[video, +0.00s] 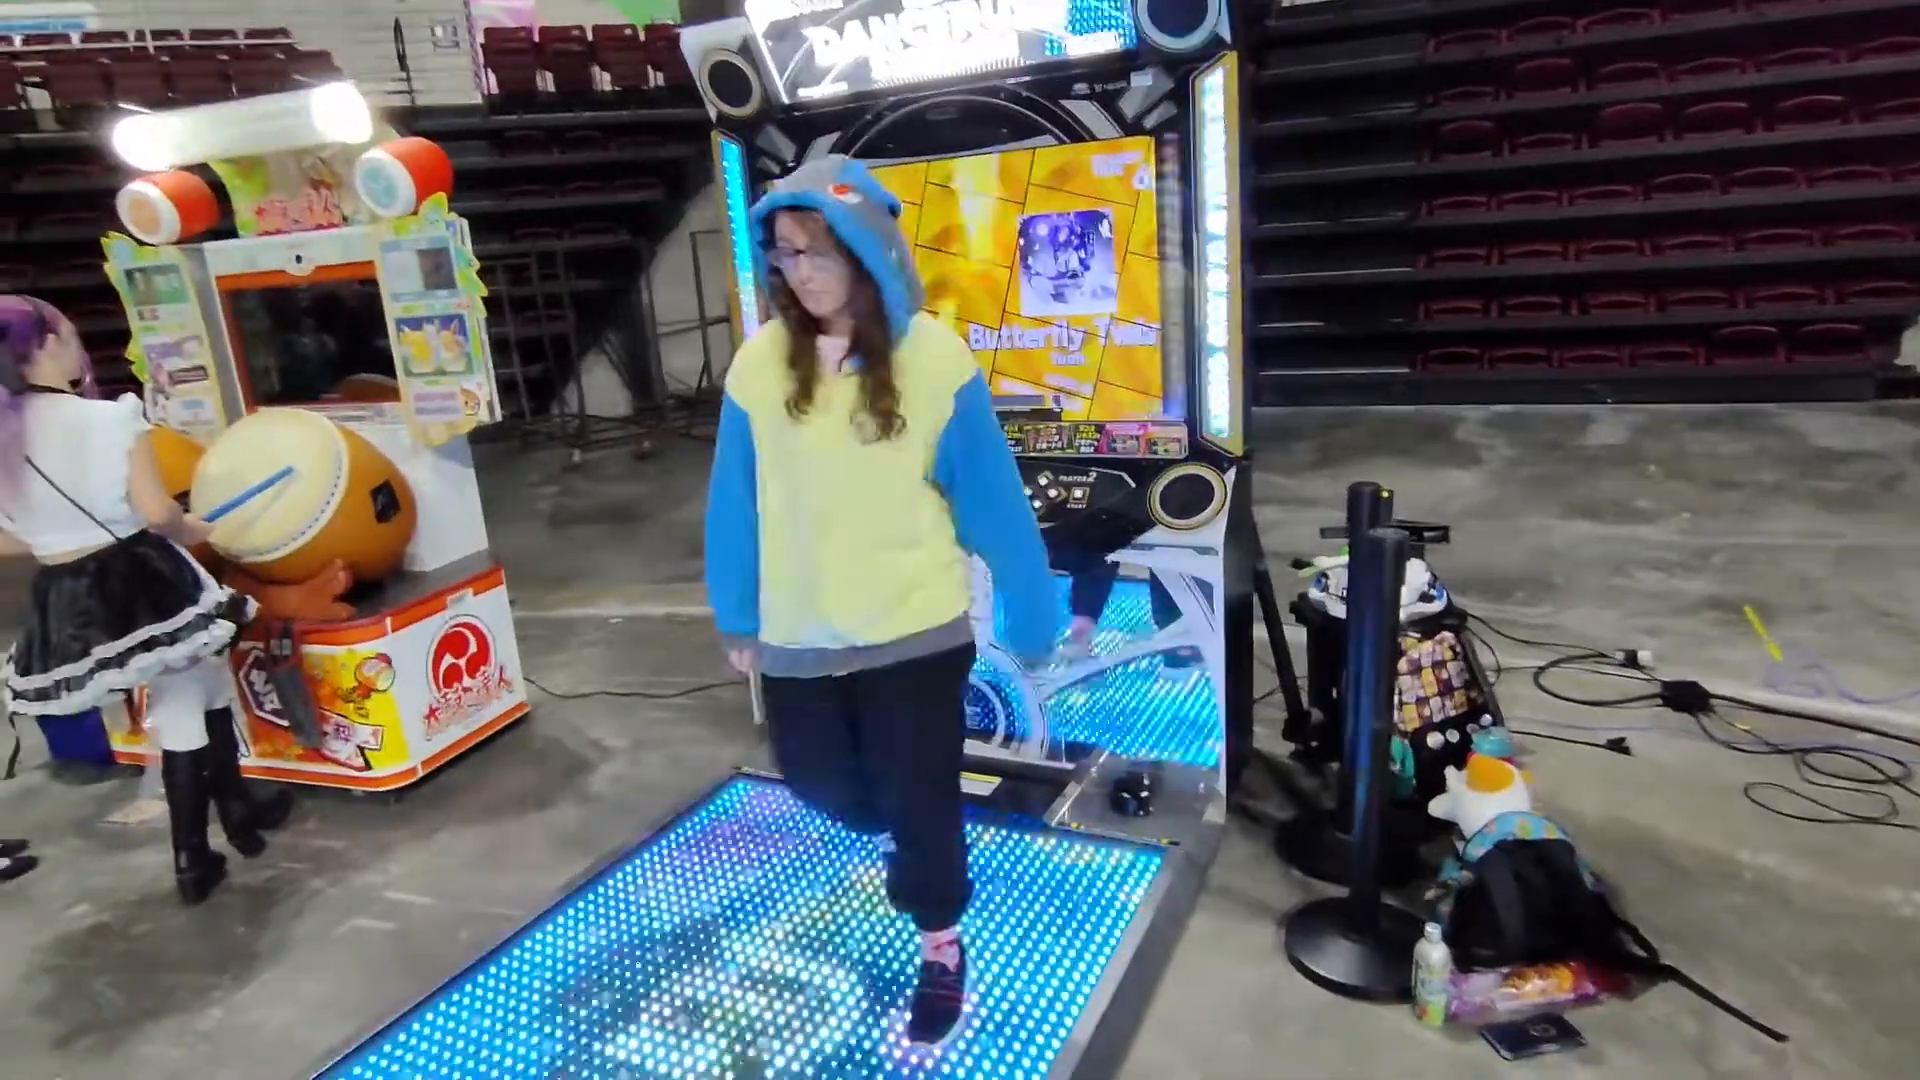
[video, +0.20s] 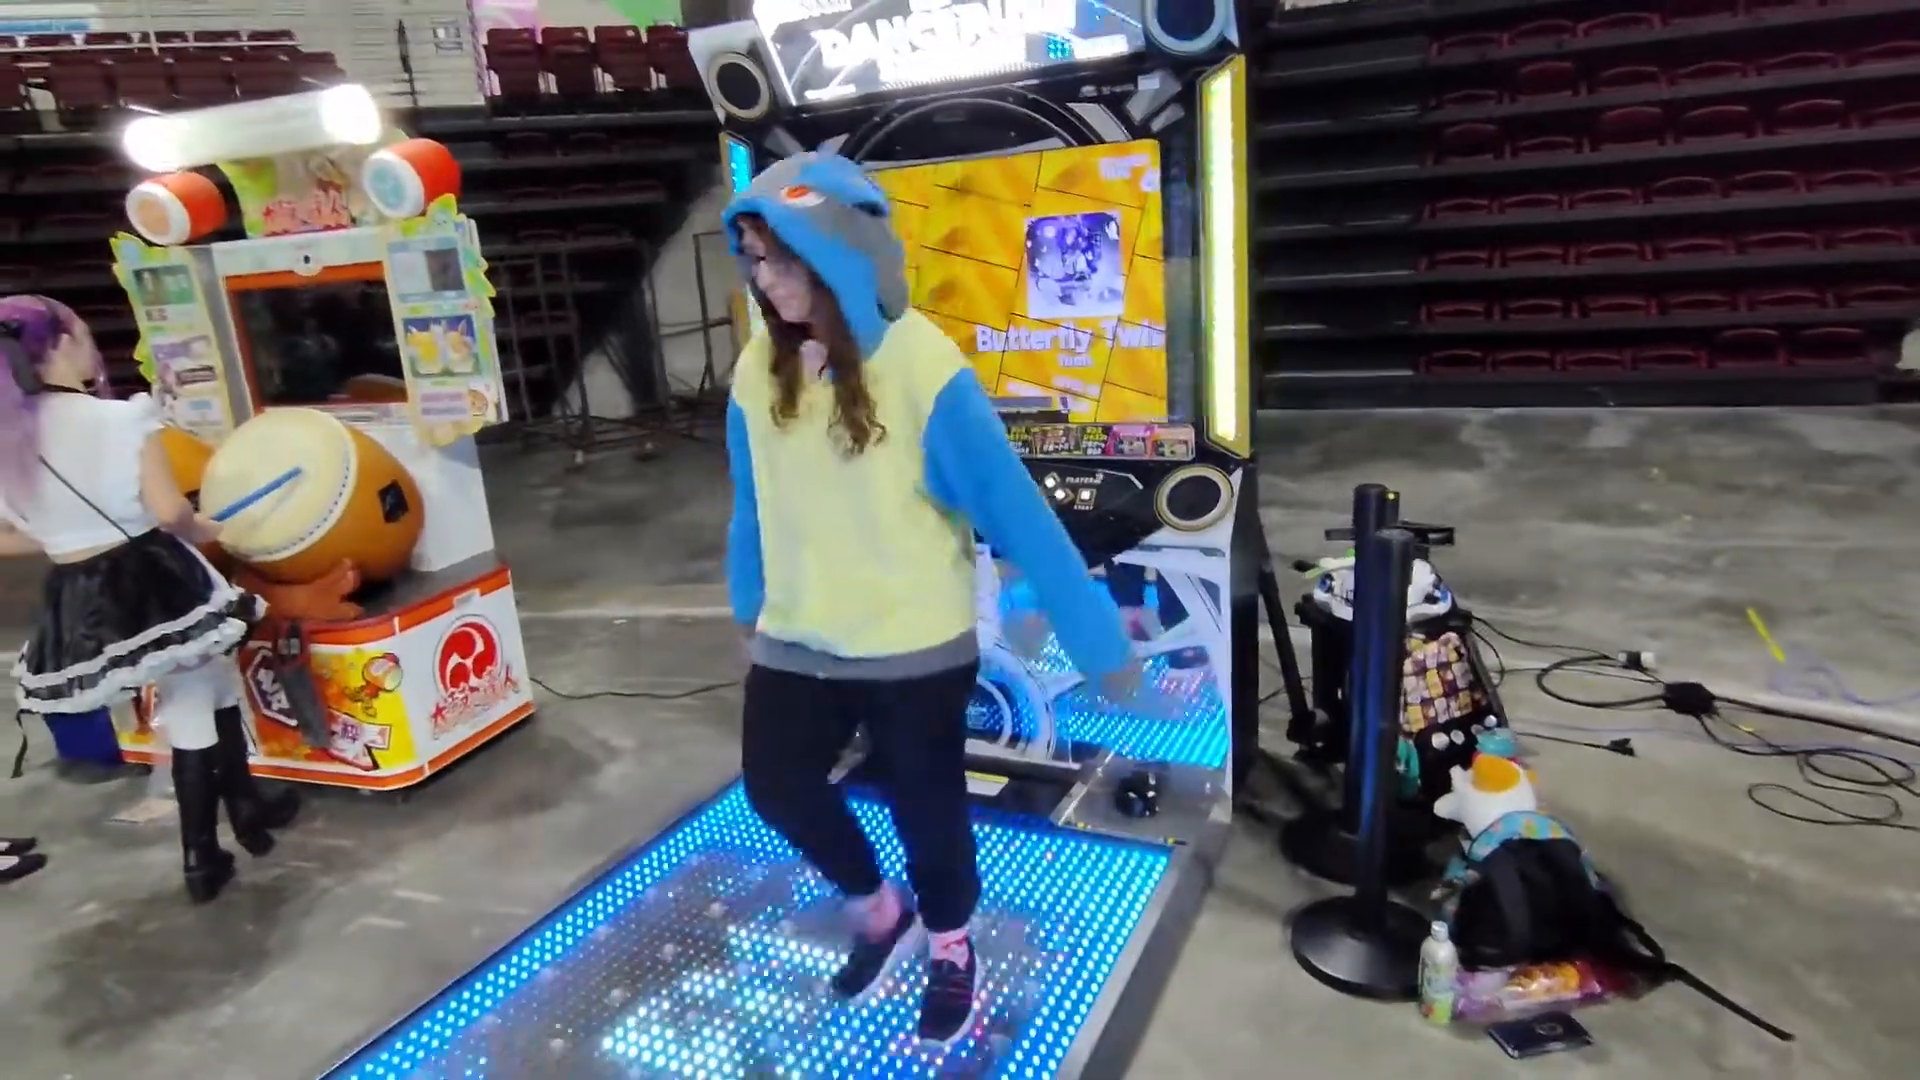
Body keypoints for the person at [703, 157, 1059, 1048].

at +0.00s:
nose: (797, 270)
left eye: (814, 251)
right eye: (785, 255)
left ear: (865, 255)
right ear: (776, 264)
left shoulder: (929, 355)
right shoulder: (762, 359)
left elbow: (994, 493)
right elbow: (731, 499)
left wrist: (1033, 613)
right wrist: (735, 614)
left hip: (913, 630)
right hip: (797, 635)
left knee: (917, 800)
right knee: (825, 785)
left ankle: (941, 951)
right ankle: (916, 821)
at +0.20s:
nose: (764, 277)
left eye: (781, 257)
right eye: (756, 260)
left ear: (837, 261)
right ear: (752, 269)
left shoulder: (919, 364)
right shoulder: (761, 361)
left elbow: (1017, 510)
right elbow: (750, 495)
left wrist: (1101, 643)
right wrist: (753, 598)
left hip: (914, 638)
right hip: (798, 631)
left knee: (926, 805)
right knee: (778, 786)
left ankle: (950, 944)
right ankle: (876, 908)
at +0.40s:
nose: (701, 300)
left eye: (716, 280)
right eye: (698, 280)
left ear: (781, 280)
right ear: (734, 289)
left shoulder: (869, 391)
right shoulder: (750, 377)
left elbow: (956, 543)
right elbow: (764, 519)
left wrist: (1013, 687)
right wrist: (753, 627)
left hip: (886, 676)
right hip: (778, 667)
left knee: (917, 832)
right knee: (763, 835)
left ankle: (958, 952)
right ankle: (781, 1010)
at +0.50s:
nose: (672, 306)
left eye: (686, 286)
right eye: (668, 286)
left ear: (750, 286)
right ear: (731, 289)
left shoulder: (825, 392)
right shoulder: (726, 380)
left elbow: (888, 560)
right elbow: (745, 538)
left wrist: (920, 717)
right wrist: (740, 662)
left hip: (834, 696)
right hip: (739, 689)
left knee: (889, 831)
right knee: (739, 840)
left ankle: (950, 943)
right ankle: (773, 1008)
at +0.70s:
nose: (609, 294)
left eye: (625, 272)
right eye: (608, 273)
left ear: (689, 272)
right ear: (674, 275)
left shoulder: (740, 392)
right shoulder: (685, 375)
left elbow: (777, 576)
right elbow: (703, 550)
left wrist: (781, 731)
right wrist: (682, 678)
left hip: (748, 701)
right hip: (693, 688)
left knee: (767, 853)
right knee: (724, 854)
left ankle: (895, 934)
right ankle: (760, 1001)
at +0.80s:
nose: (583, 294)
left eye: (597, 267)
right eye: (579, 270)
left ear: (661, 262)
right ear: (658, 265)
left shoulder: (696, 393)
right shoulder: (703, 361)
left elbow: (714, 582)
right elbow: (718, 562)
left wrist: (686, 731)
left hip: (726, 691)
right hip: (729, 678)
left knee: (704, 864)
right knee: (728, 851)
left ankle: (786, 995)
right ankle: (778, 988)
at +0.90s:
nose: (531, 280)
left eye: (544, 256)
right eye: (531, 257)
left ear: (598, 258)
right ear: (624, 255)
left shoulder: (623, 385)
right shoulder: (674, 348)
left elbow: (577, 571)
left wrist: (454, 711)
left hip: (658, 686)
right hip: (724, 663)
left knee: (607, 857)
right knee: (721, 827)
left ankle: (641, 1045)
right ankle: (751, 989)